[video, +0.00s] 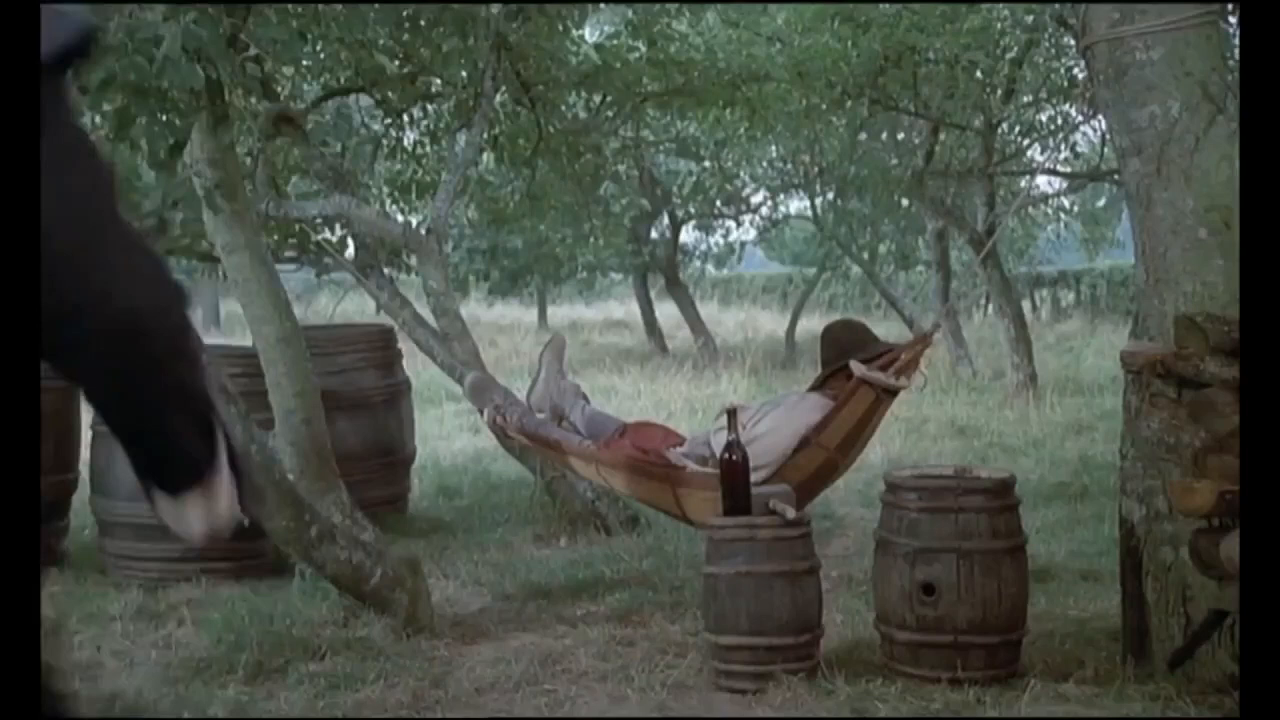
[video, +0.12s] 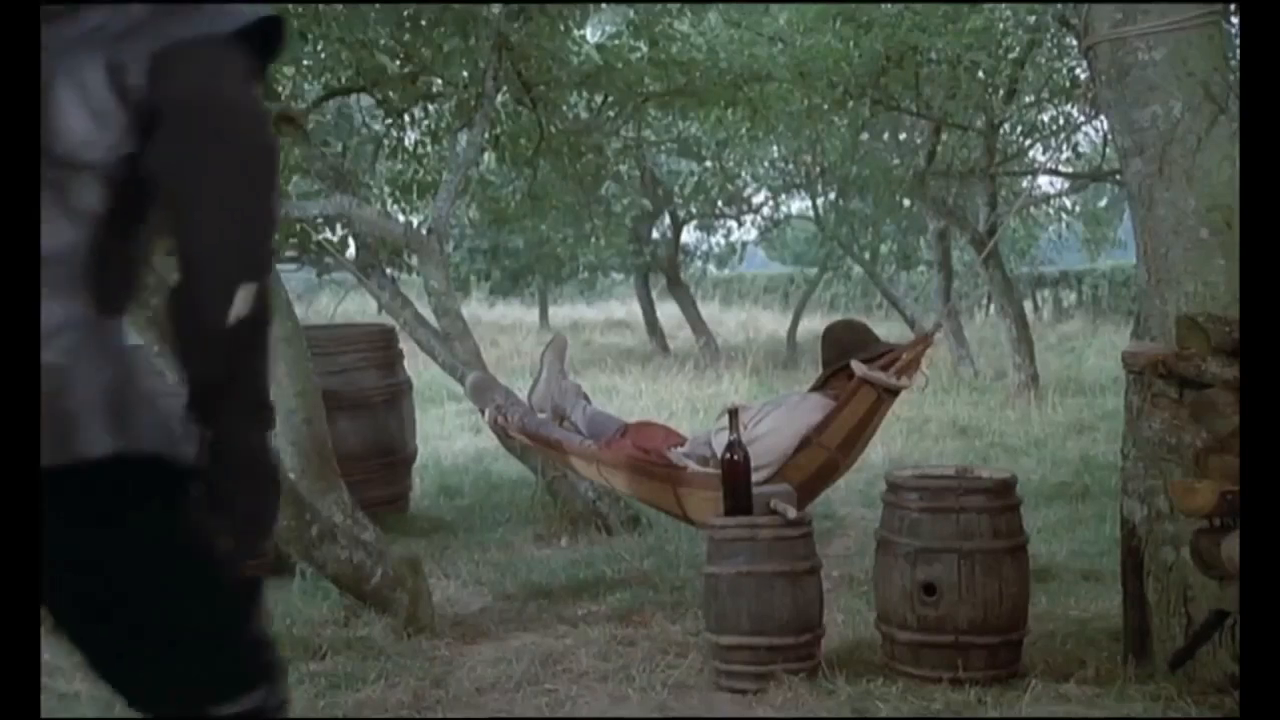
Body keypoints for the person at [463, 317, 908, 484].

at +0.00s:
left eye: (829, 355)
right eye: (861, 363)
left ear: (830, 363)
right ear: (859, 371)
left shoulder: (808, 411)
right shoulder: (820, 407)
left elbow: (748, 457)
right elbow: (751, 444)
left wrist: (684, 455)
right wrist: (700, 442)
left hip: (698, 461)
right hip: (708, 454)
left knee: (619, 443)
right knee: (639, 431)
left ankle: (524, 416)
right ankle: (565, 400)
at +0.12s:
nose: (828, 362)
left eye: (829, 355)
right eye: (860, 363)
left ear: (831, 363)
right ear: (860, 371)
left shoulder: (809, 412)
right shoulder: (822, 408)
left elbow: (747, 458)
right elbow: (752, 443)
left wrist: (683, 455)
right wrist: (706, 439)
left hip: (699, 462)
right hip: (710, 455)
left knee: (621, 444)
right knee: (641, 431)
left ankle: (526, 416)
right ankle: (567, 400)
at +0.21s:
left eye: (831, 356)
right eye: (865, 364)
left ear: (831, 363)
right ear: (860, 371)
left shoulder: (810, 412)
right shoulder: (819, 408)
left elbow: (747, 458)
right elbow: (749, 447)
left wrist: (683, 456)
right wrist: (699, 443)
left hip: (698, 461)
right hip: (708, 455)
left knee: (621, 443)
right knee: (639, 431)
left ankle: (526, 415)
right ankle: (566, 398)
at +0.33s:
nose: (861, 374)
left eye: (838, 361)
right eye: (866, 367)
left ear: (831, 366)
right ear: (859, 374)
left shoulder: (808, 416)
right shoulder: (817, 412)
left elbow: (742, 463)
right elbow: (747, 449)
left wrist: (677, 457)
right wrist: (694, 444)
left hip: (696, 464)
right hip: (706, 456)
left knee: (618, 442)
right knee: (636, 431)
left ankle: (525, 417)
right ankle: (565, 402)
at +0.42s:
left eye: (829, 359)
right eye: (864, 367)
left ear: (831, 367)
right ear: (860, 375)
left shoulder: (809, 416)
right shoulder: (820, 413)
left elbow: (746, 462)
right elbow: (751, 450)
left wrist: (683, 457)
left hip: (700, 466)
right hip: (710, 460)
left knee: (628, 443)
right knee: (642, 434)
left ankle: (528, 417)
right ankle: (569, 403)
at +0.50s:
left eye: (834, 362)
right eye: (863, 371)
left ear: (832, 368)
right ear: (859, 378)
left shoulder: (808, 417)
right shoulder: (816, 414)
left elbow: (744, 464)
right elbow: (746, 451)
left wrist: (679, 457)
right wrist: (695, 444)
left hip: (697, 466)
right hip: (706, 459)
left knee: (623, 442)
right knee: (637, 434)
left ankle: (521, 416)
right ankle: (562, 401)